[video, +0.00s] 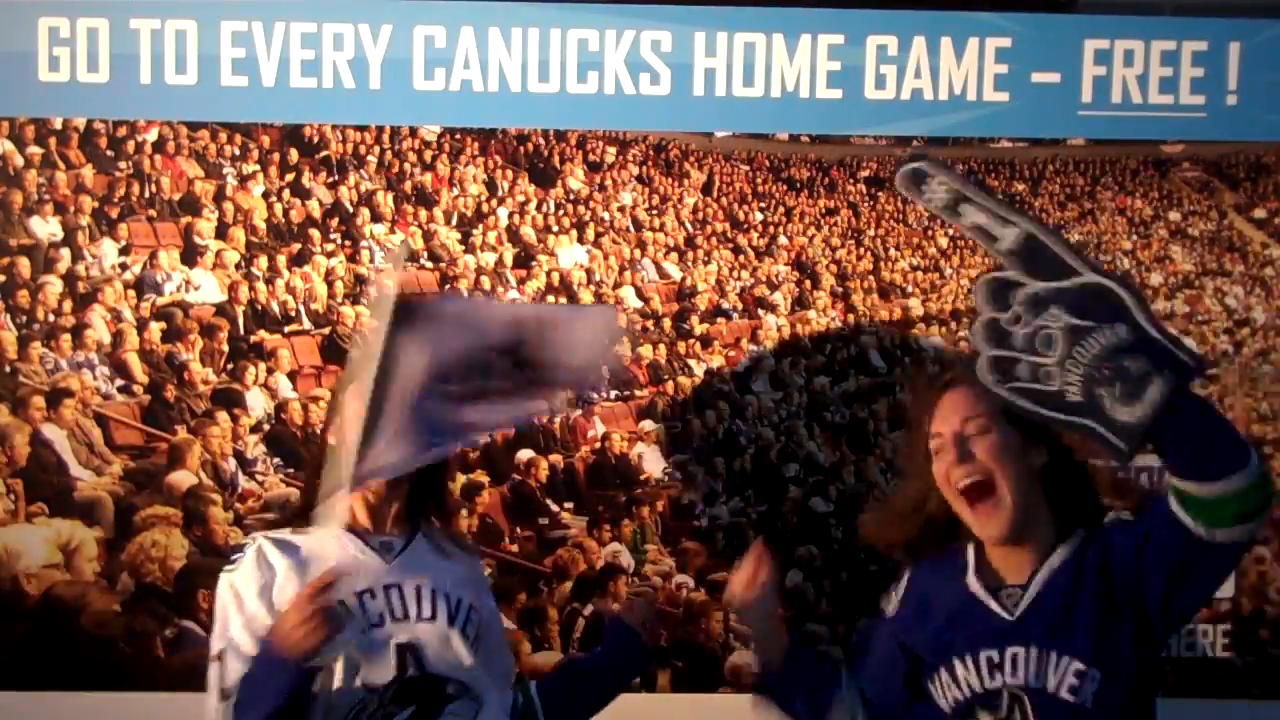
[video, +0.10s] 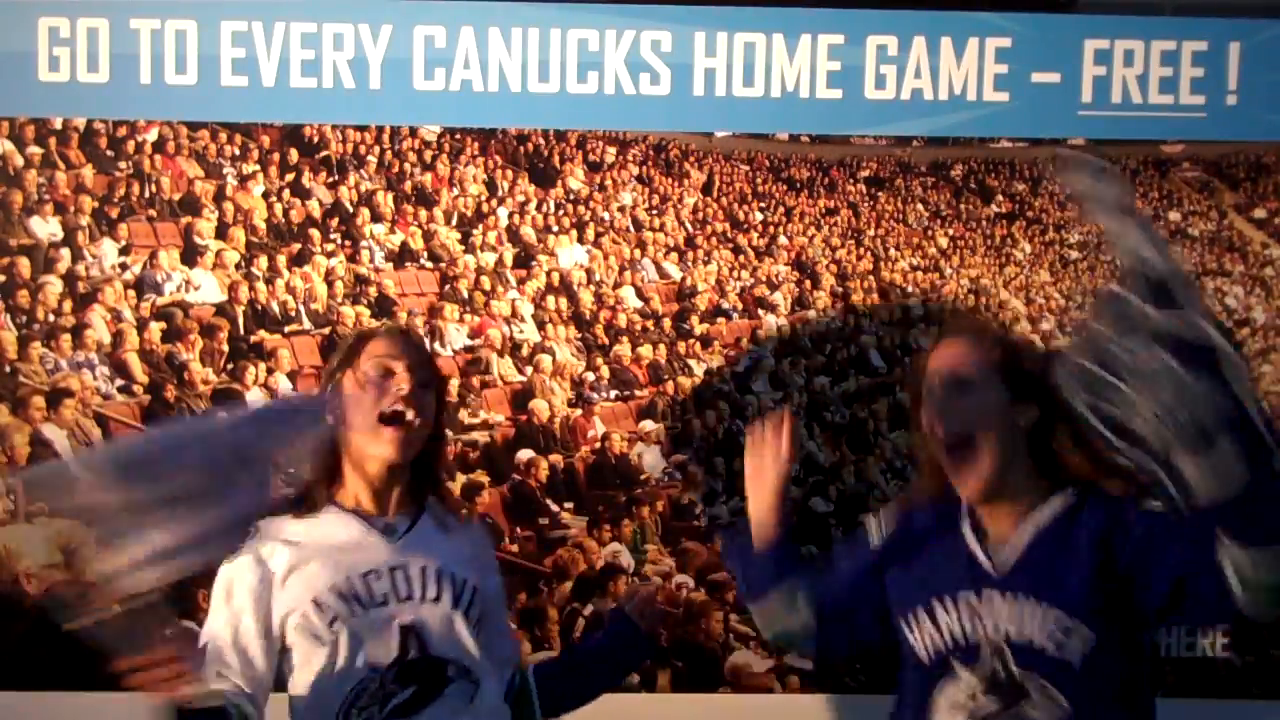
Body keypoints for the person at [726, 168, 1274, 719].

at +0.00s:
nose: (958, 454)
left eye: (979, 431)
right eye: (942, 446)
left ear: (1037, 446)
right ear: (934, 478)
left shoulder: (1123, 570)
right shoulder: (923, 596)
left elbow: (1230, 504)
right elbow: (858, 710)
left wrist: (1135, 383)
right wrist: (774, 646)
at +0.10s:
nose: (937, 415)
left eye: (962, 389)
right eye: (926, 397)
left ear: (1024, 406)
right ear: (919, 422)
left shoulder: (1115, 536)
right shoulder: (908, 543)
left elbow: (1252, 591)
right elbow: (792, 625)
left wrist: (1213, 443)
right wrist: (764, 513)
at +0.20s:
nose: (921, 395)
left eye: (949, 376)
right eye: (918, 379)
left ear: (1014, 409)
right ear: (910, 401)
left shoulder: (1087, 540)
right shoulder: (889, 520)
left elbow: (1149, 686)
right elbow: (748, 532)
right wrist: (746, 403)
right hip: (924, 712)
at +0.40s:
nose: (898, 423)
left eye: (924, 408)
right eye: (904, 407)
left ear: (995, 439)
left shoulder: (1085, 599)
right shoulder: (892, 554)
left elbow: (1123, 719)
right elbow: (754, 577)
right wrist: (747, 457)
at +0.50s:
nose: (896, 392)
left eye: (924, 376)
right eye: (898, 377)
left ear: (989, 403)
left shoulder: (1086, 541)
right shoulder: (901, 537)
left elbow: (1175, 674)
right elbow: (830, 669)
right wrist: (777, 556)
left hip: (1057, 710)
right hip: (934, 709)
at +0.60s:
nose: (895, 434)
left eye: (919, 412)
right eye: (893, 413)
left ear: (986, 428)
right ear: (887, 426)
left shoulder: (1094, 560)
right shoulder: (901, 589)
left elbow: (1245, 593)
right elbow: (886, 713)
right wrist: (799, 660)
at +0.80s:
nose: (909, 410)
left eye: (935, 393)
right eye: (898, 393)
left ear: (984, 417)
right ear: (883, 413)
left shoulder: (1059, 552)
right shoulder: (872, 557)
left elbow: (1126, 688)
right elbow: (846, 697)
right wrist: (781, 626)